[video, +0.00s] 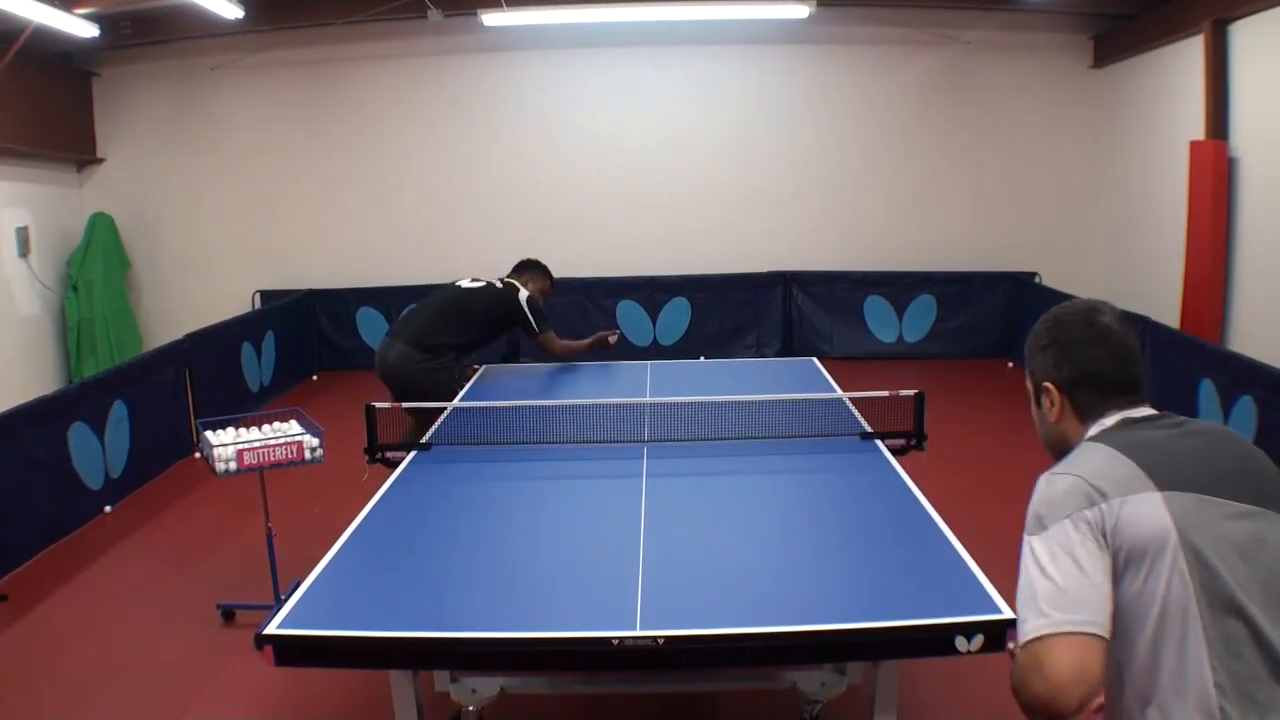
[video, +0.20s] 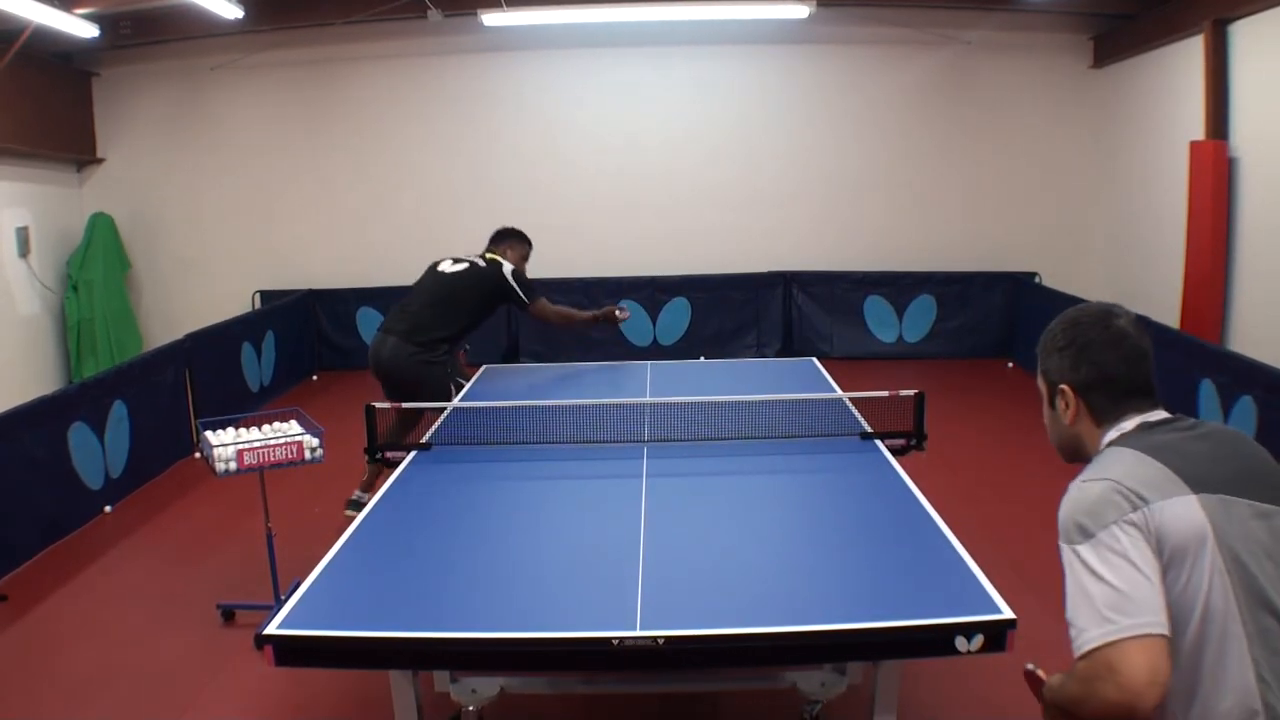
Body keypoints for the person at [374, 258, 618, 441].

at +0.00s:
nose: (542, 300)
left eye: (546, 295)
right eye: (543, 292)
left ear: (513, 275)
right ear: (530, 280)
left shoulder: (476, 285)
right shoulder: (519, 297)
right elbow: (556, 351)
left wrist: (462, 369)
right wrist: (594, 342)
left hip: (391, 357)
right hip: (419, 363)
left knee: (427, 421)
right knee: (464, 414)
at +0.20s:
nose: (524, 269)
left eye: (525, 262)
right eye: (523, 261)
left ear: (492, 249)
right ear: (508, 252)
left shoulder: (450, 263)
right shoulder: (504, 273)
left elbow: (428, 310)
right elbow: (549, 314)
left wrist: (455, 355)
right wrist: (598, 316)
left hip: (383, 351)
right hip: (418, 359)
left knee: (408, 413)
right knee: (468, 413)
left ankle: (366, 490)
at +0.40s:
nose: (483, 236)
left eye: (483, 230)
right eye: (481, 230)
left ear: (447, 227)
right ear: (467, 226)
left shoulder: (413, 254)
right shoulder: (465, 247)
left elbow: (405, 300)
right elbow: (527, 254)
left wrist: (444, 329)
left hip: (367, 353)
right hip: (403, 359)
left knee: (374, 427)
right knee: (465, 415)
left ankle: (331, 505)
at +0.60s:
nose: (444, 223)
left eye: (443, 218)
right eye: (439, 218)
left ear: (407, 223)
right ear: (420, 219)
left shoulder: (378, 252)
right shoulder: (426, 236)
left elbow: (343, 304)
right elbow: (483, 213)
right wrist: (533, 190)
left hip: (339, 345)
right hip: (375, 347)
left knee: (357, 427)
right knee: (426, 428)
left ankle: (329, 509)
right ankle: (440, 509)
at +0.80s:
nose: (427, 217)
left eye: (426, 212)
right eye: (423, 212)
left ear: (391, 216)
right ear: (407, 213)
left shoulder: (358, 242)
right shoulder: (415, 228)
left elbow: (321, 284)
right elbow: (462, 216)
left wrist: (345, 318)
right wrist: (512, 230)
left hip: (332, 342)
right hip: (370, 343)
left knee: (350, 423)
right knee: (415, 424)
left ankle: (328, 509)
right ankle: (427, 509)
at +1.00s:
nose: (435, 234)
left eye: (432, 229)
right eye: (432, 229)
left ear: (399, 231)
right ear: (422, 228)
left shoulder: (367, 249)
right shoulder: (424, 247)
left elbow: (329, 280)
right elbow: (458, 272)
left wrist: (364, 281)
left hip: (329, 351)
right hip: (366, 353)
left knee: (353, 427)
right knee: (433, 421)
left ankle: (328, 511)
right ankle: (444, 503)